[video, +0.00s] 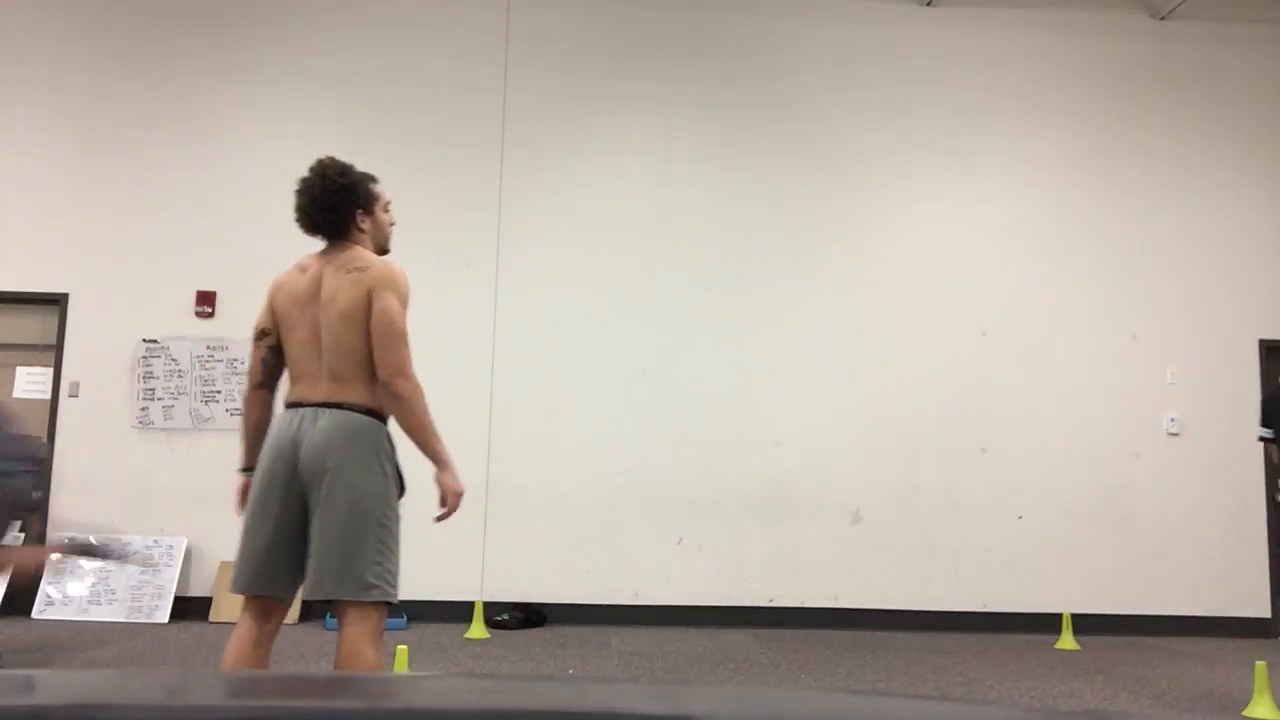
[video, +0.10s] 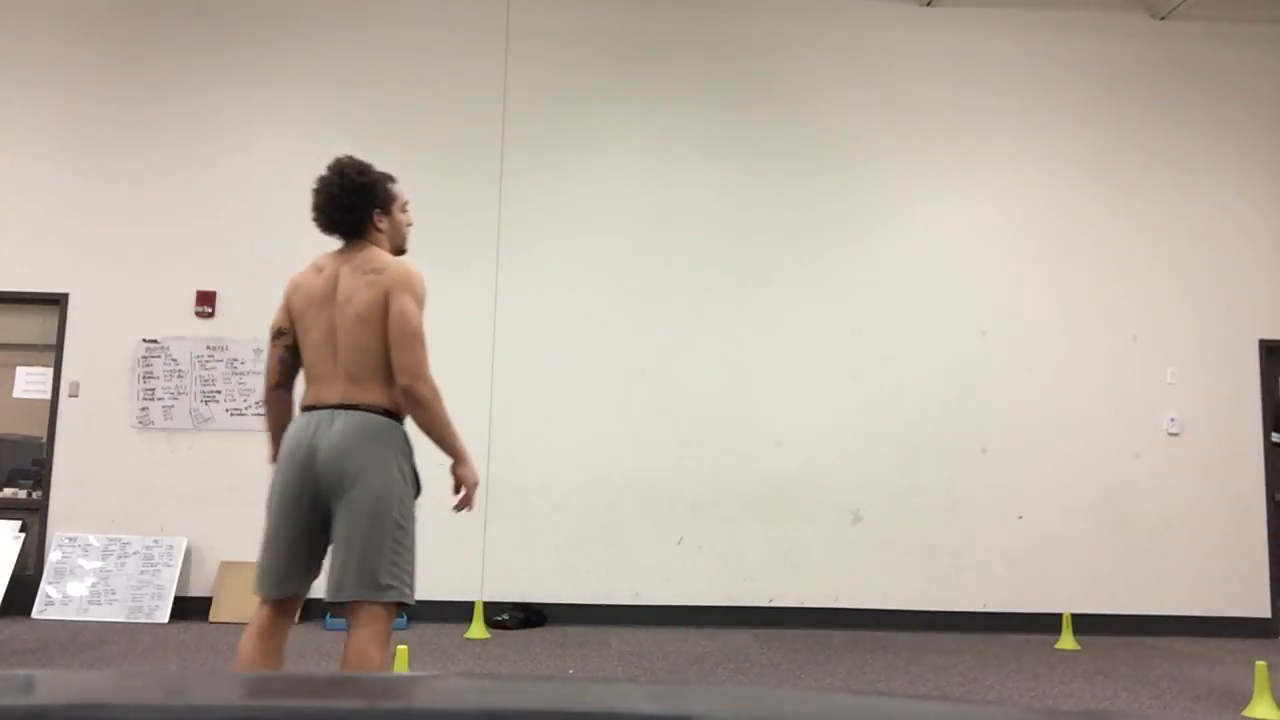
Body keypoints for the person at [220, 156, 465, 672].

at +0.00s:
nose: (393, 218)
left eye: (390, 207)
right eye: (385, 209)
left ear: (333, 221)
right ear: (362, 218)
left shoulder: (284, 283)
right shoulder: (382, 276)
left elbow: (259, 384)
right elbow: (394, 379)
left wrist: (249, 466)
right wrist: (442, 462)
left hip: (284, 441)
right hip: (354, 443)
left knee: (260, 610)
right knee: (362, 617)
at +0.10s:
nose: (410, 218)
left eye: (407, 207)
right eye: (403, 208)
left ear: (356, 220)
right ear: (379, 218)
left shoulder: (301, 282)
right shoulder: (399, 278)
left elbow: (278, 381)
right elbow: (411, 383)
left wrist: (281, 450)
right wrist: (459, 455)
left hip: (303, 439)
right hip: (371, 441)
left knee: (275, 608)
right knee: (371, 616)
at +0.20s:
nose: (427, 220)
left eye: (424, 209)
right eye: (420, 210)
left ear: (367, 221)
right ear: (396, 218)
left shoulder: (316, 283)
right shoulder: (415, 280)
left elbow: (292, 385)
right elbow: (430, 386)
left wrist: (314, 449)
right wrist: (476, 452)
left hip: (314, 442)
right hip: (382, 444)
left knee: (296, 601)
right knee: (373, 618)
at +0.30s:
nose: (441, 220)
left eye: (439, 209)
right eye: (435, 210)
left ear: (382, 219)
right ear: (411, 217)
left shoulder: (330, 280)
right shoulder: (428, 279)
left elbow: (304, 380)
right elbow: (445, 386)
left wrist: (328, 444)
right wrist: (492, 457)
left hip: (319, 440)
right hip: (385, 445)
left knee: (322, 593)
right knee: (376, 617)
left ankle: (324, 718)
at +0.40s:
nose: (454, 224)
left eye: (452, 213)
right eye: (449, 214)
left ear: (396, 221)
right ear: (424, 220)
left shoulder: (340, 280)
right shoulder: (437, 282)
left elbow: (310, 376)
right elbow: (455, 389)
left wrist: (327, 444)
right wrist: (504, 467)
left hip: (324, 442)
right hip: (388, 445)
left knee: (349, 611)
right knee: (380, 619)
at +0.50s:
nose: (464, 228)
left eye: (462, 216)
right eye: (459, 217)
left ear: (404, 224)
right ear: (434, 224)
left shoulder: (348, 281)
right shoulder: (443, 285)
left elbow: (314, 374)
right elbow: (456, 392)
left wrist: (309, 454)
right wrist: (507, 474)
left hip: (331, 443)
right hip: (393, 446)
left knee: (375, 615)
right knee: (380, 618)